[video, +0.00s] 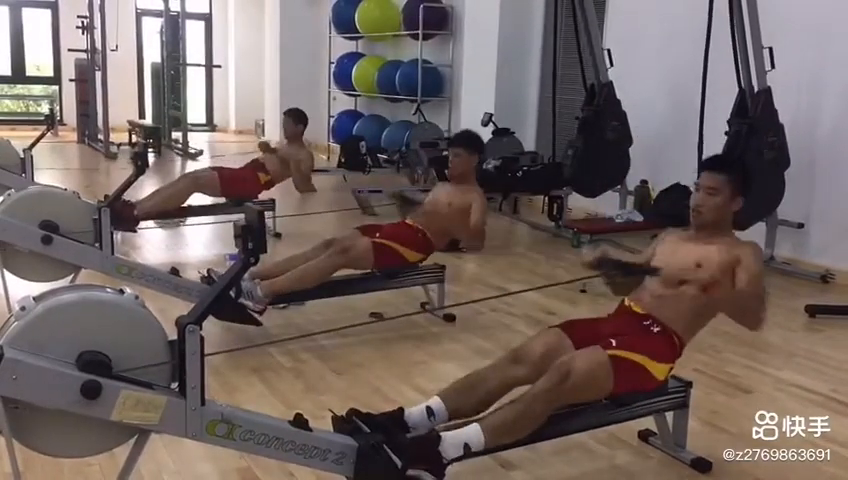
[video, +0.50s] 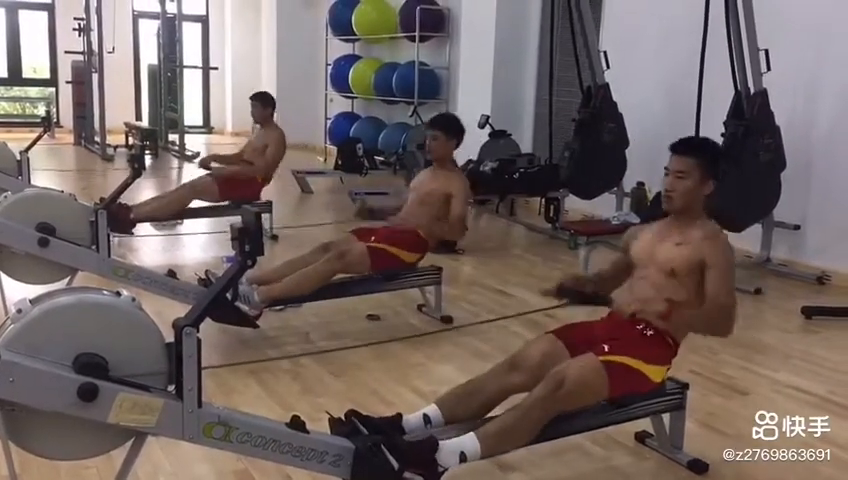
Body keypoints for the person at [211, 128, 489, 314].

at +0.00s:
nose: (449, 163)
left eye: (456, 158)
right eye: (450, 157)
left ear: (474, 162)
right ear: (453, 158)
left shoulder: (476, 198)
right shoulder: (446, 185)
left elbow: (475, 244)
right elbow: (428, 218)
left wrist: (452, 236)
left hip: (413, 243)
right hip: (396, 228)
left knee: (343, 252)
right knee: (330, 243)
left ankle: (262, 293)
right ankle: (247, 276)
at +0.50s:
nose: (429, 144)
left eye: (436, 139)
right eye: (428, 139)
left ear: (454, 144)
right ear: (430, 142)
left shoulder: (458, 181)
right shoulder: (425, 173)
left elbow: (457, 233)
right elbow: (412, 211)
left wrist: (423, 228)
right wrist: (381, 218)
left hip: (414, 242)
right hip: (391, 231)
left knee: (337, 258)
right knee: (325, 248)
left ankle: (259, 298)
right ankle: (243, 280)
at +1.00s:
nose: (397, 135)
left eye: (403, 130)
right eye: (397, 129)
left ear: (422, 134)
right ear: (401, 133)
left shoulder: (431, 176)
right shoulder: (401, 169)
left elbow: (402, 223)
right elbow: (367, 205)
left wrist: (364, 244)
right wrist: (329, 229)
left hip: (408, 251)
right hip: (387, 242)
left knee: (336, 271)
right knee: (324, 258)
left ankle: (260, 301)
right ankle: (247, 285)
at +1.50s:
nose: (375, 135)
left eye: (382, 130)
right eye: (375, 129)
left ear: (401, 134)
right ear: (382, 133)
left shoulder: (416, 168)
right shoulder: (380, 169)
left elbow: (383, 213)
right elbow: (345, 199)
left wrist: (341, 236)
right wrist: (304, 225)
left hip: (405, 247)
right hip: (380, 238)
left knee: (330, 251)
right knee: (316, 243)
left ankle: (263, 301)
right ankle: (246, 284)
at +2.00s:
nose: (315, 134)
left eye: (323, 130)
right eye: (317, 129)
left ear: (341, 135)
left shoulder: (359, 172)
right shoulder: (330, 168)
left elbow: (318, 211)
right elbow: (292, 196)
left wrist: (269, 237)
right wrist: (250, 225)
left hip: (366, 248)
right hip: (349, 239)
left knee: (300, 219)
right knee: (283, 208)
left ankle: (266, 296)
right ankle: (252, 280)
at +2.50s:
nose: (246, 137)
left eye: (253, 132)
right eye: (248, 131)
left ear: (274, 139)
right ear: (268, 139)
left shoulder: (287, 174)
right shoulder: (259, 171)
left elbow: (238, 207)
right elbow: (218, 195)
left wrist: (182, 227)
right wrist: (162, 218)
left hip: (311, 255)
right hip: (292, 250)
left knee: (260, 207)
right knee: (236, 199)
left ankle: (268, 291)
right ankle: (256, 278)